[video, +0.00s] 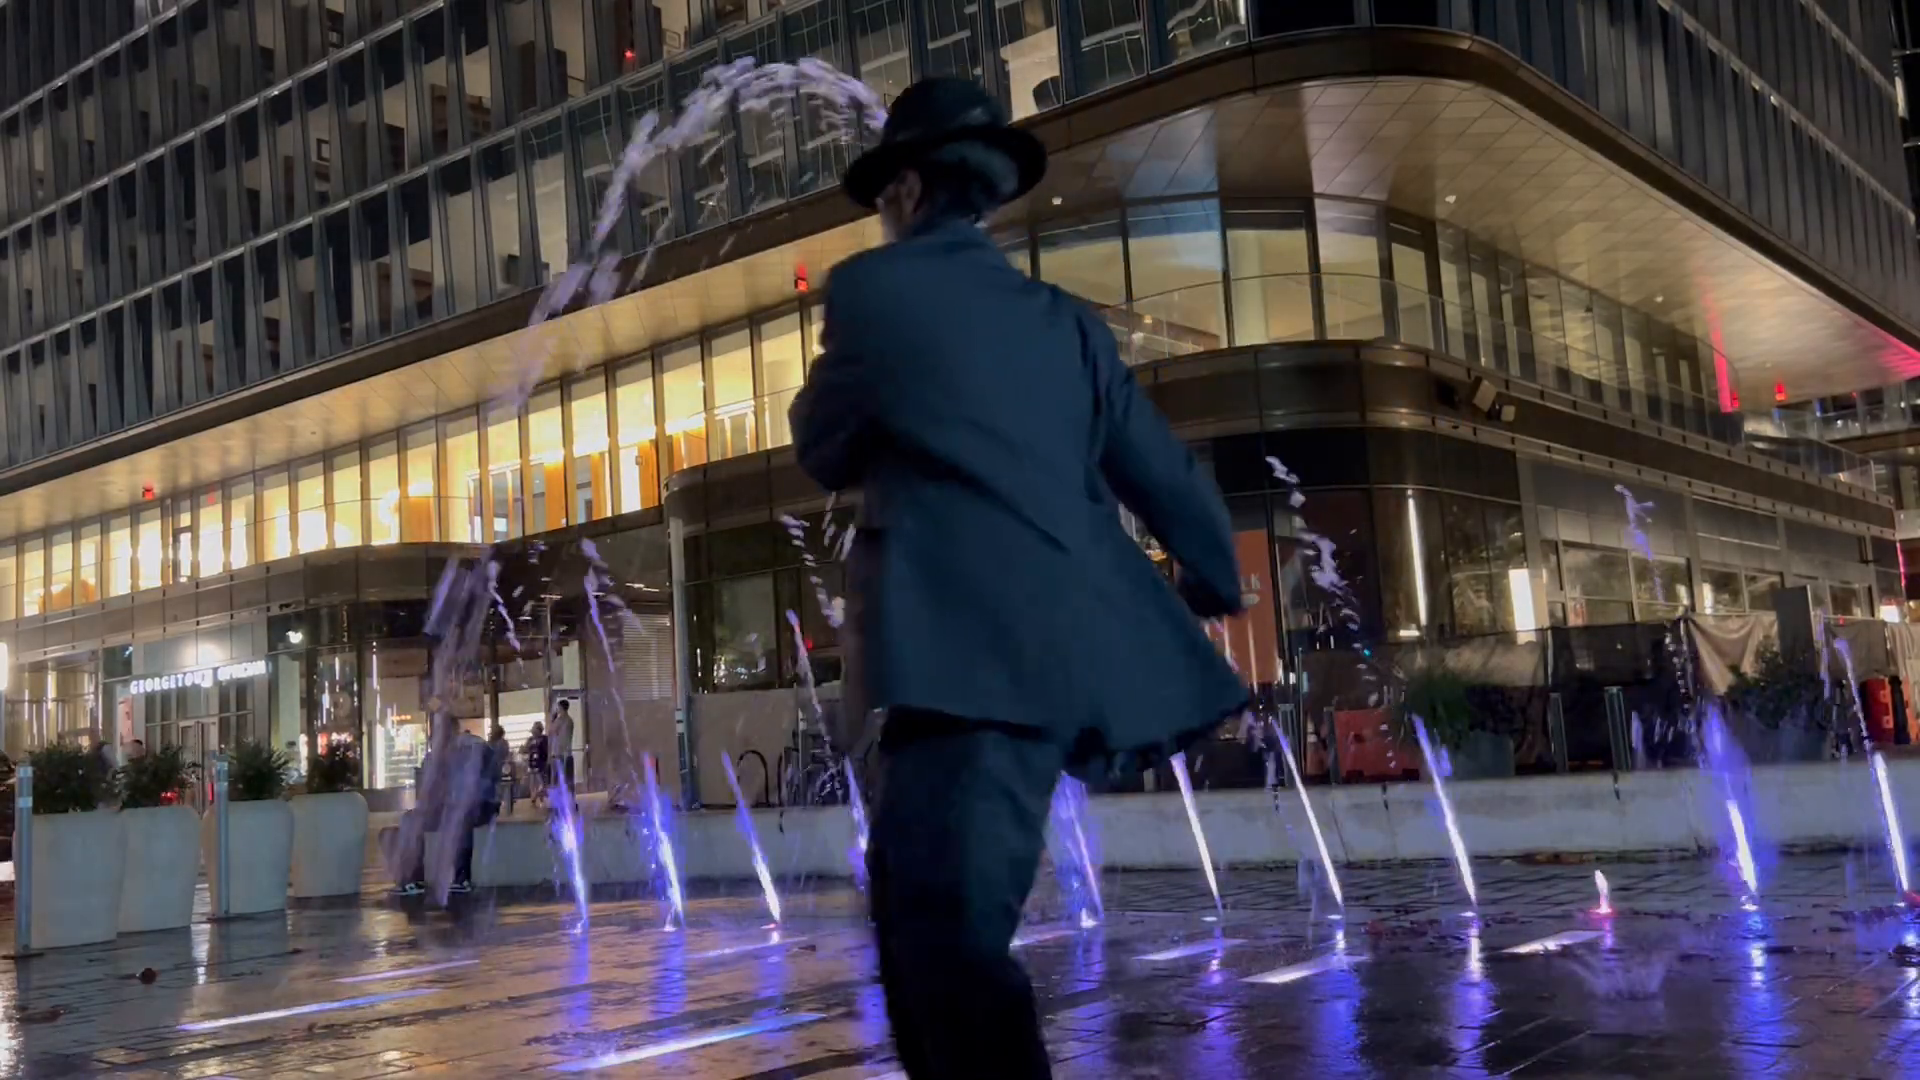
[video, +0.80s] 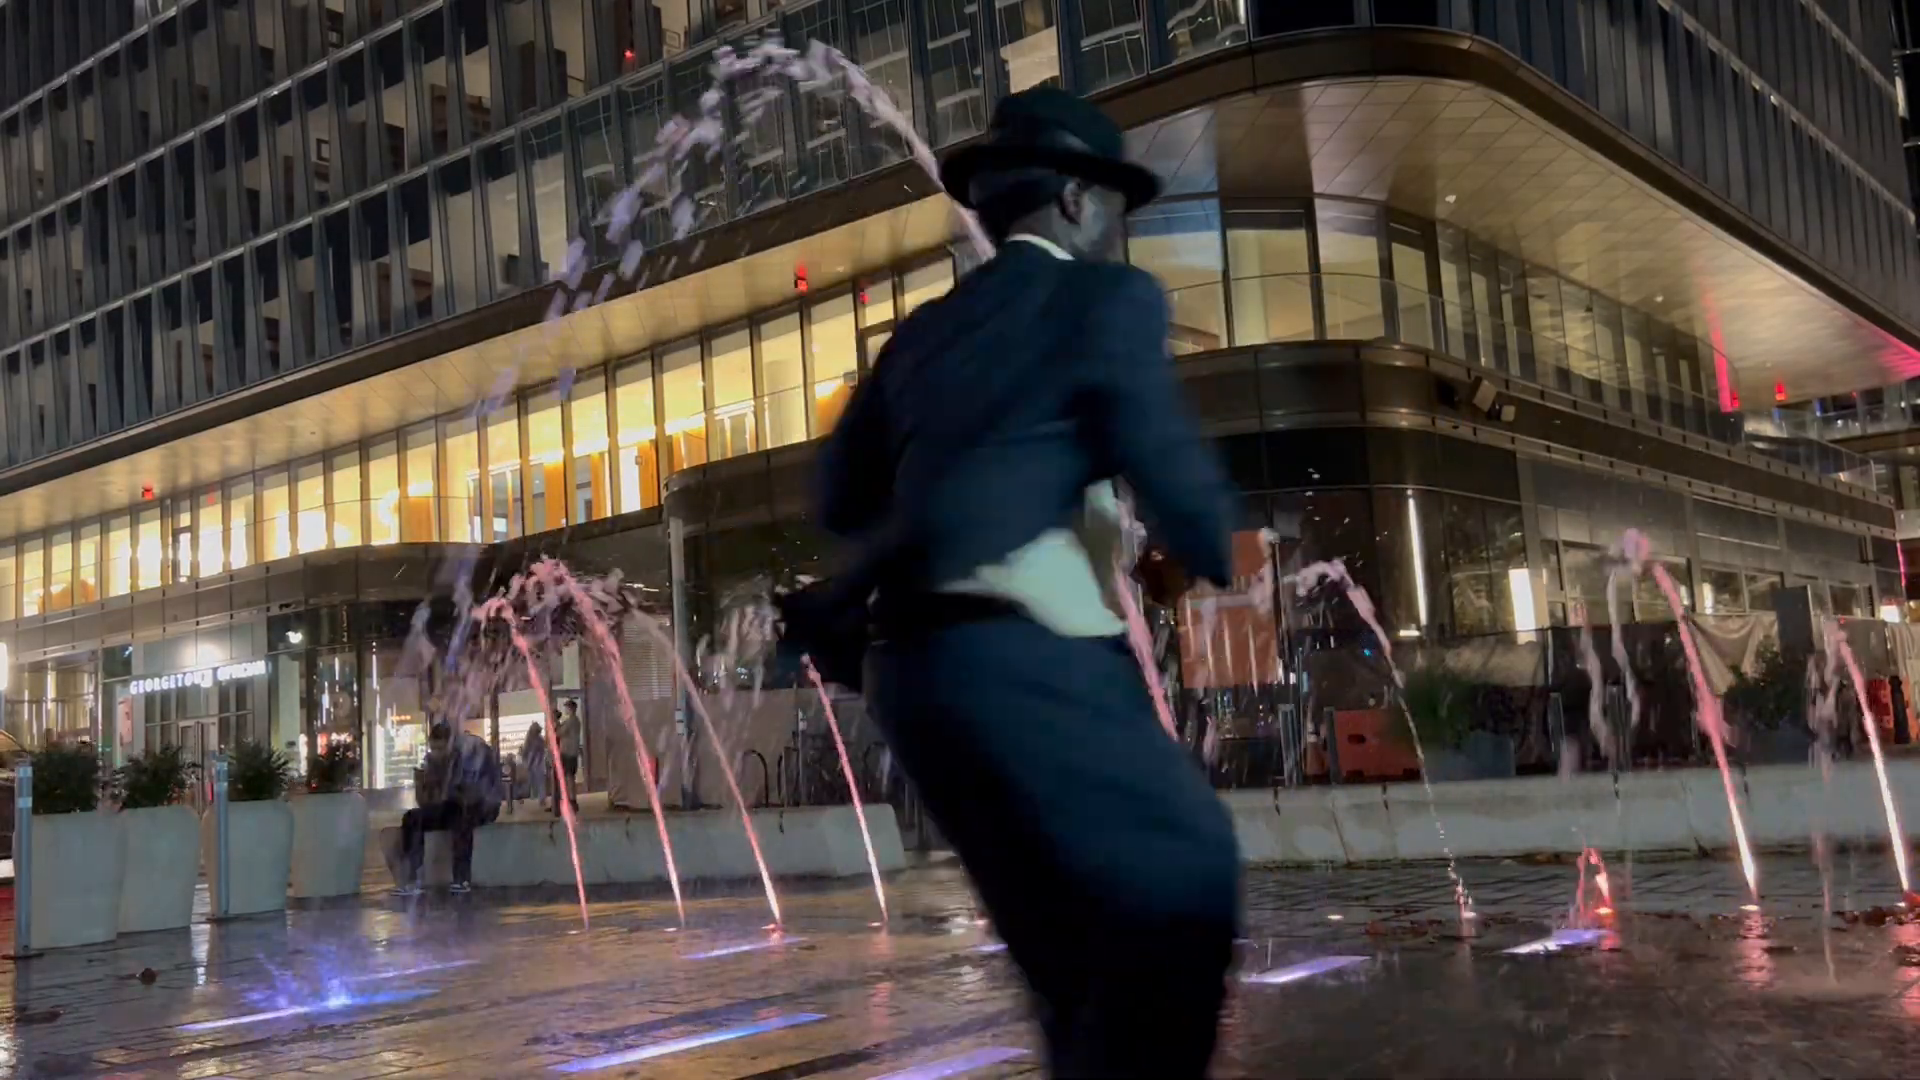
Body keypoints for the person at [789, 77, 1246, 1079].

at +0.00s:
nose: (879, 208)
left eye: (883, 189)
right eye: (881, 189)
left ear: (908, 189)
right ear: (986, 197)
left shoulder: (873, 285)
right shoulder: (1064, 318)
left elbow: (821, 444)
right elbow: (1159, 466)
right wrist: (1216, 579)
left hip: (969, 652)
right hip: (1069, 648)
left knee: (936, 939)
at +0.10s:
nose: (846, 239)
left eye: (853, 219)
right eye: (848, 221)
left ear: (880, 220)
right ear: (970, 227)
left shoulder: (828, 324)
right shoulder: (1050, 327)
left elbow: (798, 505)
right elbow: (1159, 485)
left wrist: (858, 586)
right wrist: (1173, 552)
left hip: (953, 661)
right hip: (1081, 649)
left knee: (925, 940)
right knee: (1022, 931)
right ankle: (1040, 1079)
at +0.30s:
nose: (802, 324)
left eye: (807, 300)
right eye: (798, 303)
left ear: (856, 292)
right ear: (904, 284)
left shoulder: (856, 379)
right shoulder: (1021, 362)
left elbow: (851, 545)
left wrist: (774, 617)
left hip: (1002, 687)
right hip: (1116, 672)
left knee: (958, 955)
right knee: (1051, 957)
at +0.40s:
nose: (792, 286)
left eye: (806, 258)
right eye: (791, 263)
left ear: (878, 254)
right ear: (863, 260)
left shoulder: (933, 337)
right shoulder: (855, 405)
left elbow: (1096, 418)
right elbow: (916, 571)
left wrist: (930, 520)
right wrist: (800, 575)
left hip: (1075, 671)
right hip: (998, 696)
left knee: (986, 943)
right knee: (968, 949)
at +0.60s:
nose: (1085, 189)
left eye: (1084, 170)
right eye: (1061, 165)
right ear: (981, 184)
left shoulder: (1118, 322)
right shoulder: (900, 328)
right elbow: (877, 519)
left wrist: (1162, 476)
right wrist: (1068, 477)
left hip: (1103, 689)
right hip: (949, 700)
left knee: (1151, 955)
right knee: (974, 980)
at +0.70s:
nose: (1150, 215)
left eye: (1145, 190)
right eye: (1132, 186)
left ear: (1075, 196)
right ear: (1061, 191)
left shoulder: (1080, 333)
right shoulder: (1017, 307)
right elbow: (992, 486)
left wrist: (1216, 600)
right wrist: (1183, 538)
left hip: (1032, 659)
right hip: (975, 663)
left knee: (1124, 937)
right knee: (1121, 938)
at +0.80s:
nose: (1119, 226)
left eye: (1117, 206)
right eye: (1111, 204)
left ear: (992, 220)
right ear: (1071, 203)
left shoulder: (915, 334)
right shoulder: (1098, 292)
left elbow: (837, 497)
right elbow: (1151, 435)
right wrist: (1208, 549)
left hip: (914, 663)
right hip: (1023, 645)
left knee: (1058, 930)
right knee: (1179, 858)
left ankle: (1088, 1064)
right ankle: (1141, 1067)